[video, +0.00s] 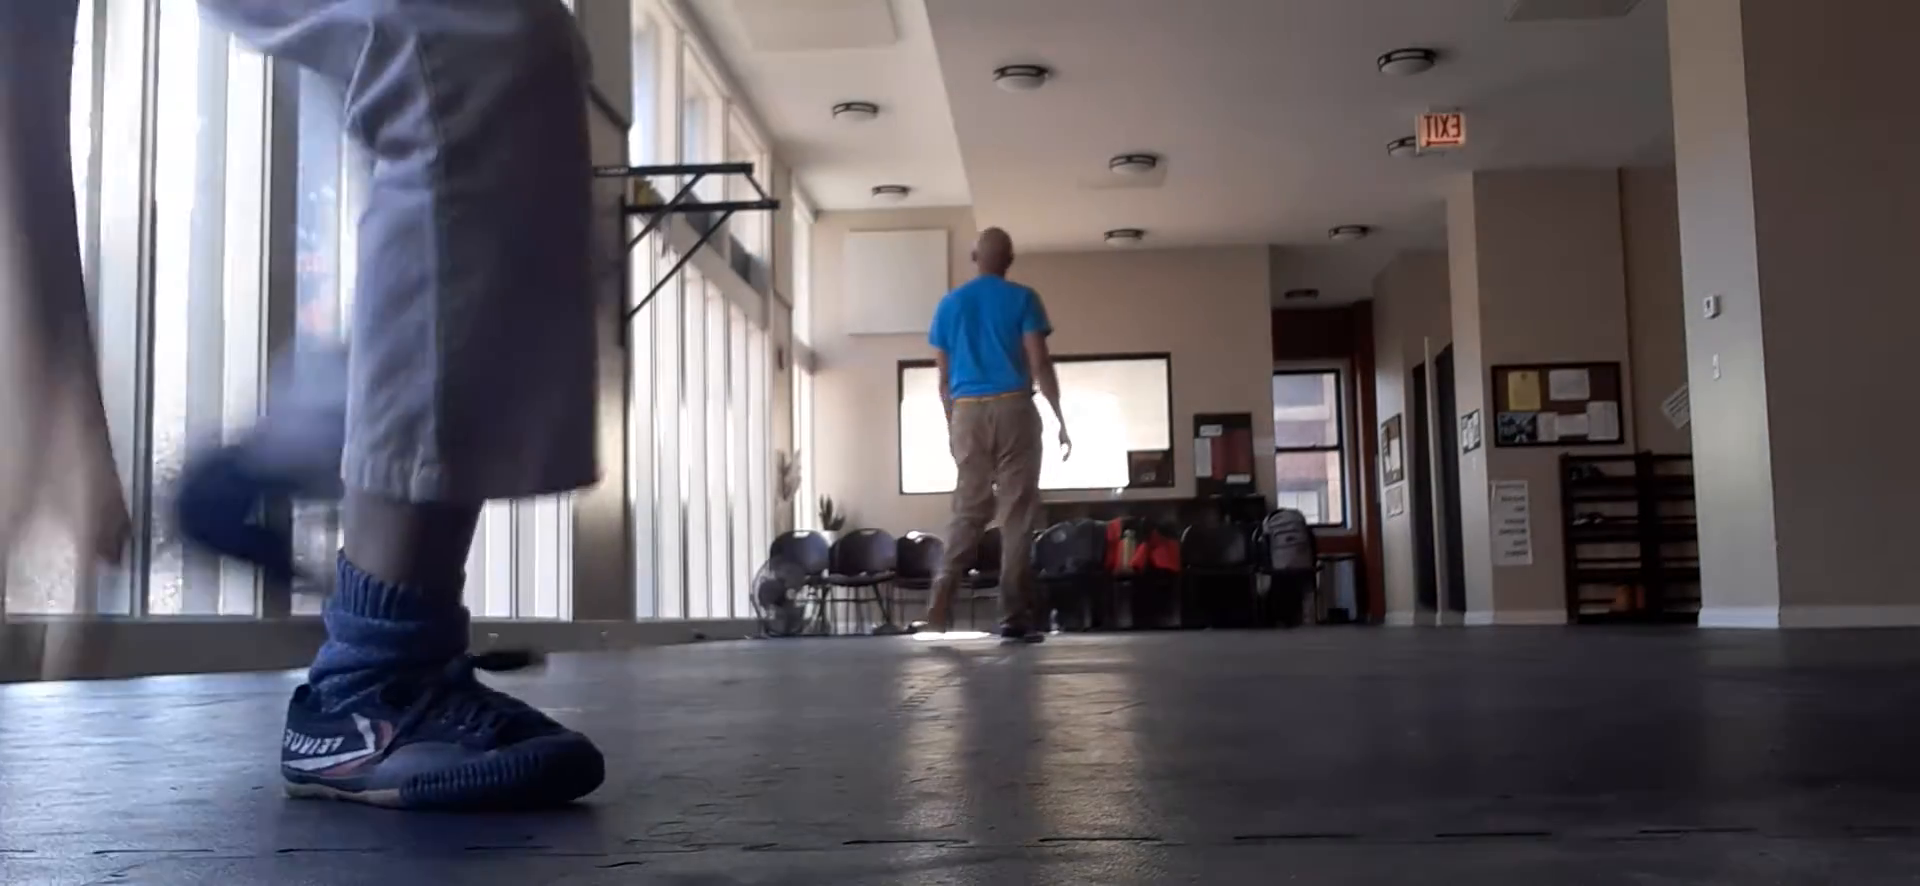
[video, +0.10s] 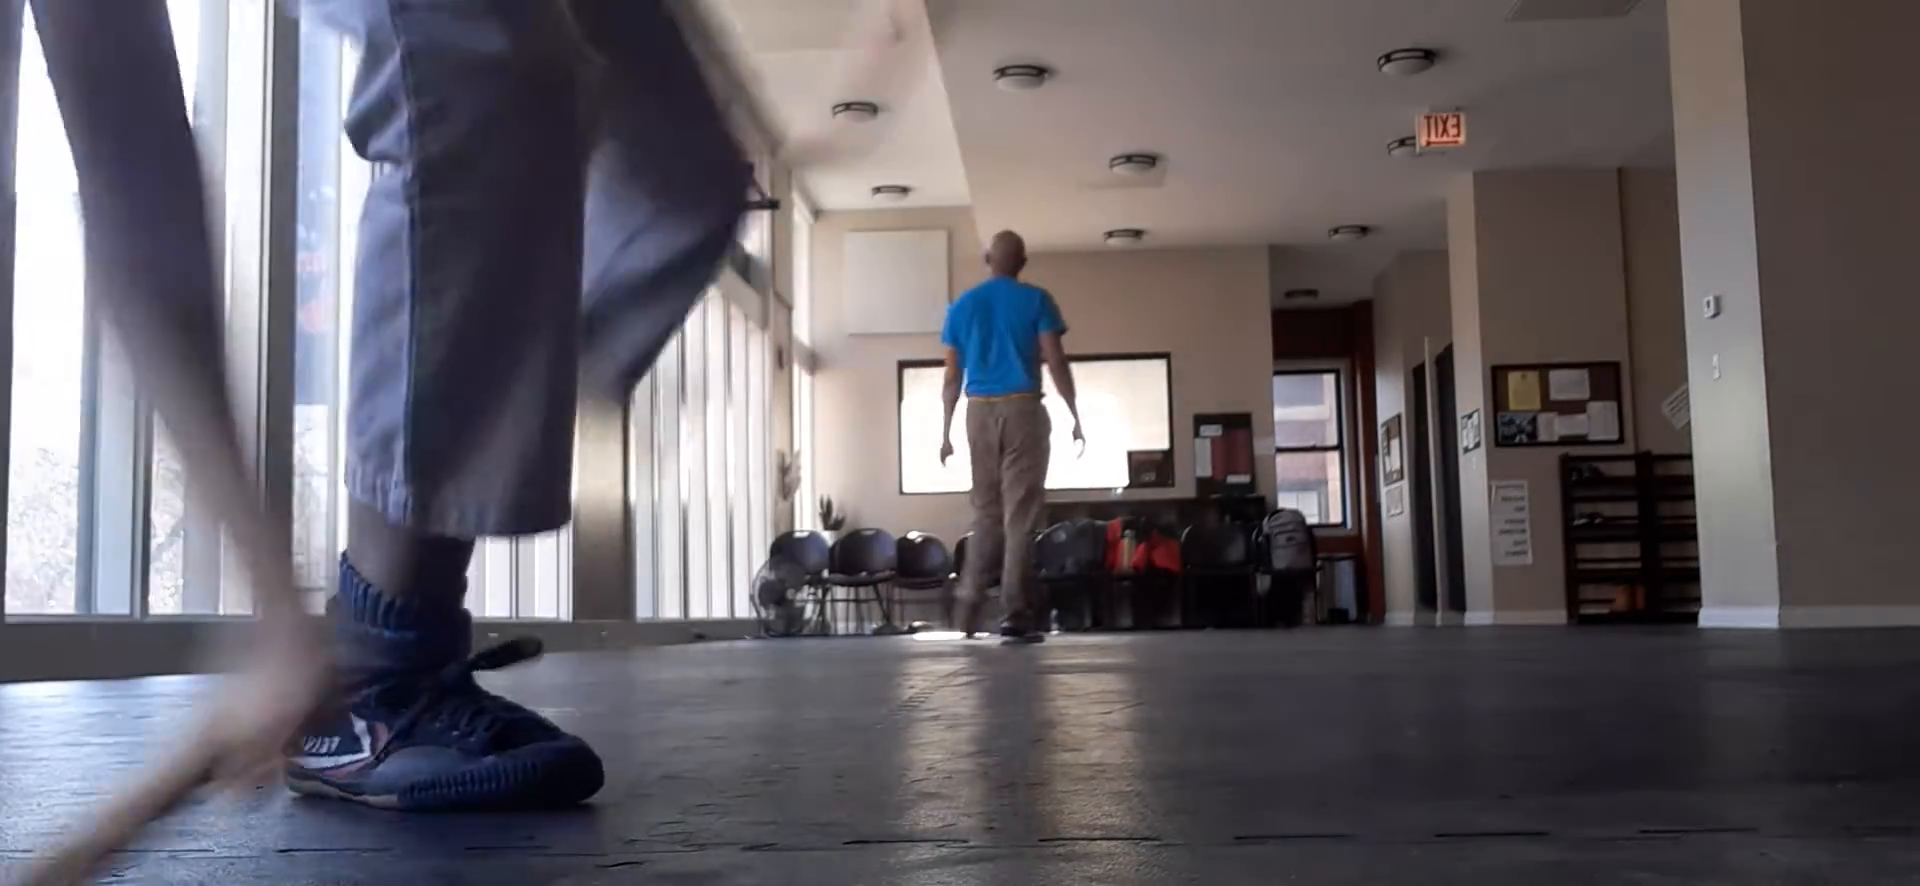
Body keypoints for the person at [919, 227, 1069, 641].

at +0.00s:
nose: (989, 258)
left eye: (979, 251)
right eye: (1006, 256)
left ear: (974, 258)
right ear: (1010, 261)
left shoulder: (948, 304)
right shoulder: (1023, 298)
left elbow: (944, 378)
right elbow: (1039, 364)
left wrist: (954, 424)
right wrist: (1060, 420)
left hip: (967, 413)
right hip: (1015, 410)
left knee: (968, 509)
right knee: (1016, 512)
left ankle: (939, 606)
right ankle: (1014, 616)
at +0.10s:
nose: (1008, 262)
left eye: (993, 254)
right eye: (1020, 258)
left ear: (987, 261)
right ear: (1023, 263)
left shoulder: (962, 305)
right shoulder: (1037, 299)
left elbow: (952, 375)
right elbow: (1055, 360)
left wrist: (946, 431)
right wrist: (1074, 415)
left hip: (979, 413)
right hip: (1024, 411)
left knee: (986, 510)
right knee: (1020, 513)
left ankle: (967, 608)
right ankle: (1016, 615)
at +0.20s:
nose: (1019, 268)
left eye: (1007, 261)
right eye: (1030, 263)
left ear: (999, 265)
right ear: (1034, 267)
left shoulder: (973, 308)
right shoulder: (1048, 302)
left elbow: (955, 377)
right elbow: (1070, 364)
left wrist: (942, 431)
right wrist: (1088, 412)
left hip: (988, 415)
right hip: (1031, 413)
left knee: (1003, 511)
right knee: (1025, 512)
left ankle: (1028, 608)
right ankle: (1011, 615)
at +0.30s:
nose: (1018, 272)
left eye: (1011, 267)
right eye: (1037, 269)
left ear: (1007, 272)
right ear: (1043, 275)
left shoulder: (982, 314)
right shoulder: (1056, 309)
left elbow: (961, 377)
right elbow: (1080, 370)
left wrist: (941, 432)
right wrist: (1100, 417)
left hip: (997, 419)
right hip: (1038, 416)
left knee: (1013, 513)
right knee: (1030, 514)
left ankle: (1036, 616)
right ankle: (1011, 616)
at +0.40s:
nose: (1022, 281)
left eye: (1018, 275)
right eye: (1045, 278)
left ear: (1017, 280)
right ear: (1051, 283)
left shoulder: (992, 321)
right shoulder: (1064, 317)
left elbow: (968, 380)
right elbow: (1087, 376)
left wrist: (943, 432)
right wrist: (1108, 426)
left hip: (1006, 424)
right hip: (1045, 420)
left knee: (1026, 519)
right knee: (1038, 516)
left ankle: (1056, 618)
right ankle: (1014, 612)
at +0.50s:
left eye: (1028, 277)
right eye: (1056, 280)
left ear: (1024, 283)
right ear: (1057, 286)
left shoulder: (1002, 324)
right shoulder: (1072, 319)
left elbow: (977, 382)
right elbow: (1091, 378)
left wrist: (952, 434)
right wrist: (1112, 429)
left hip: (1014, 426)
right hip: (1055, 425)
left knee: (1033, 521)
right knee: (1051, 516)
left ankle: (1061, 618)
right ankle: (1022, 604)